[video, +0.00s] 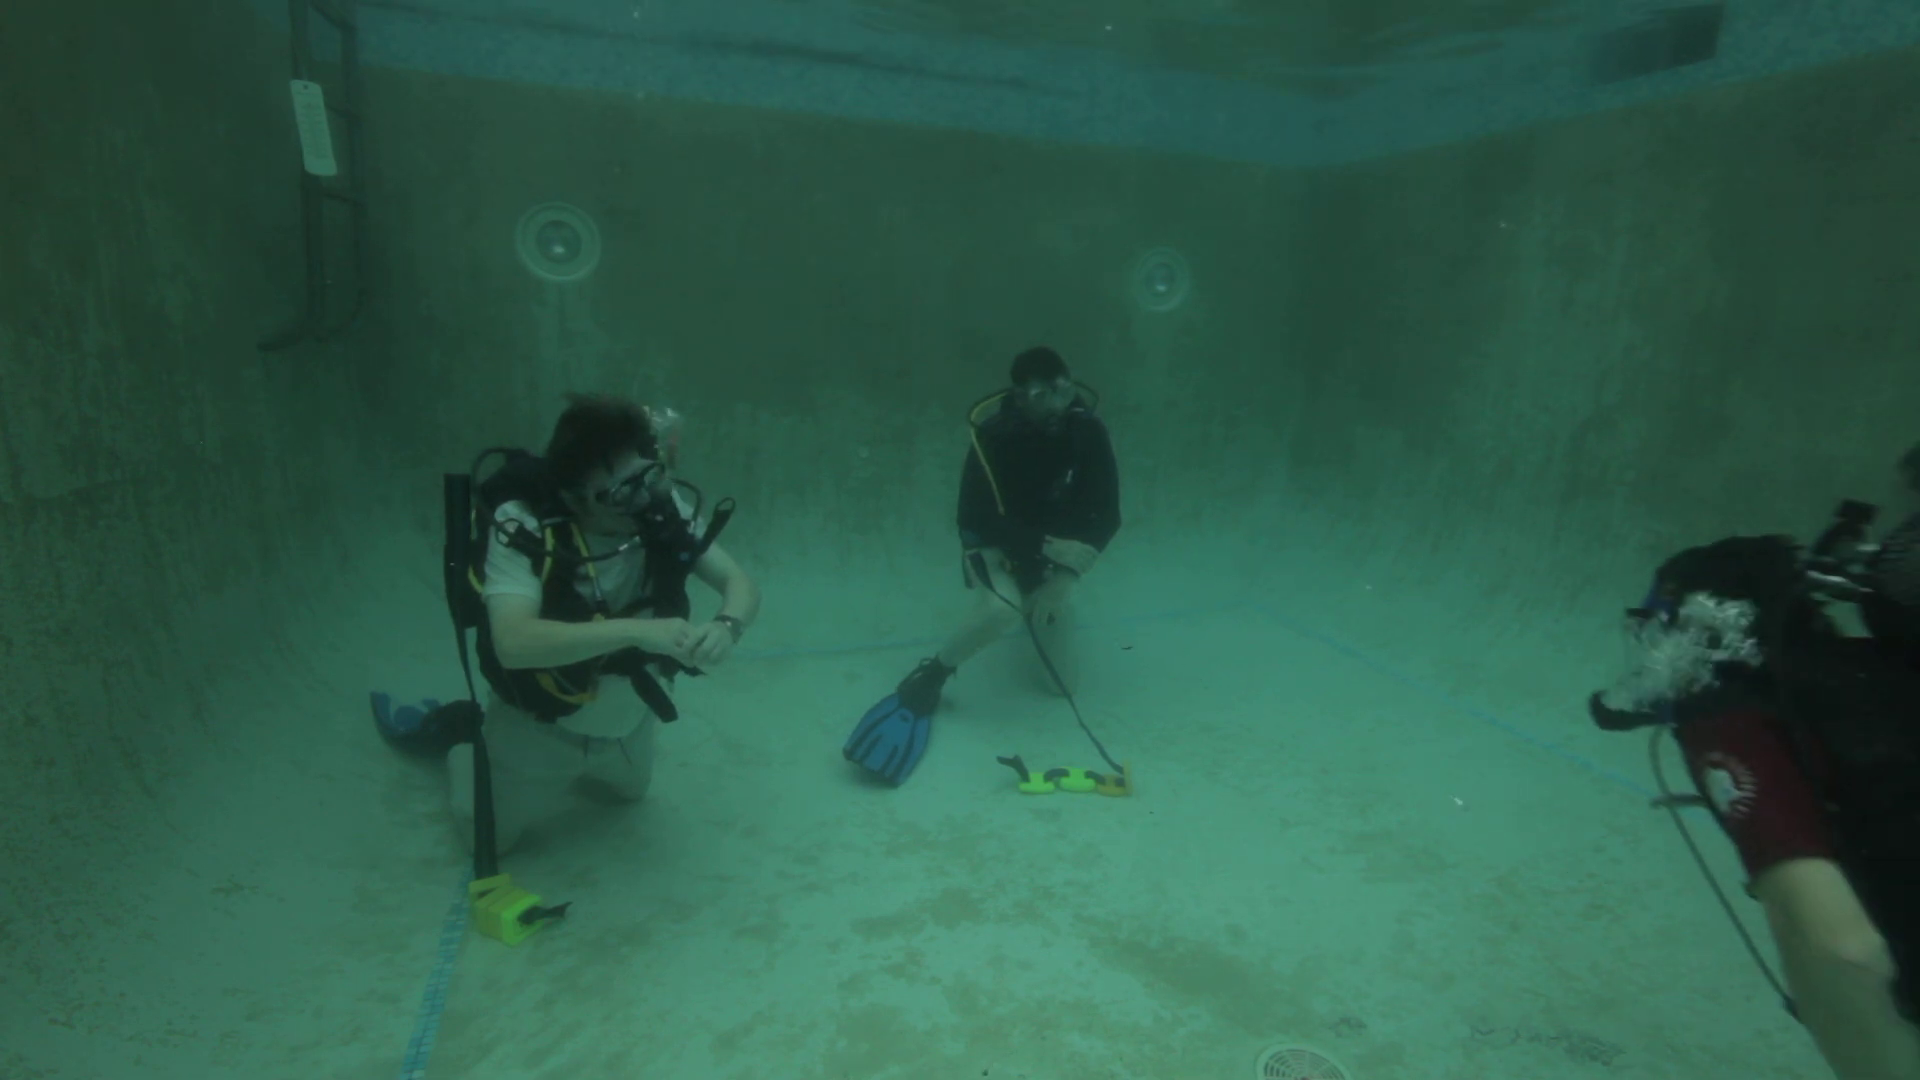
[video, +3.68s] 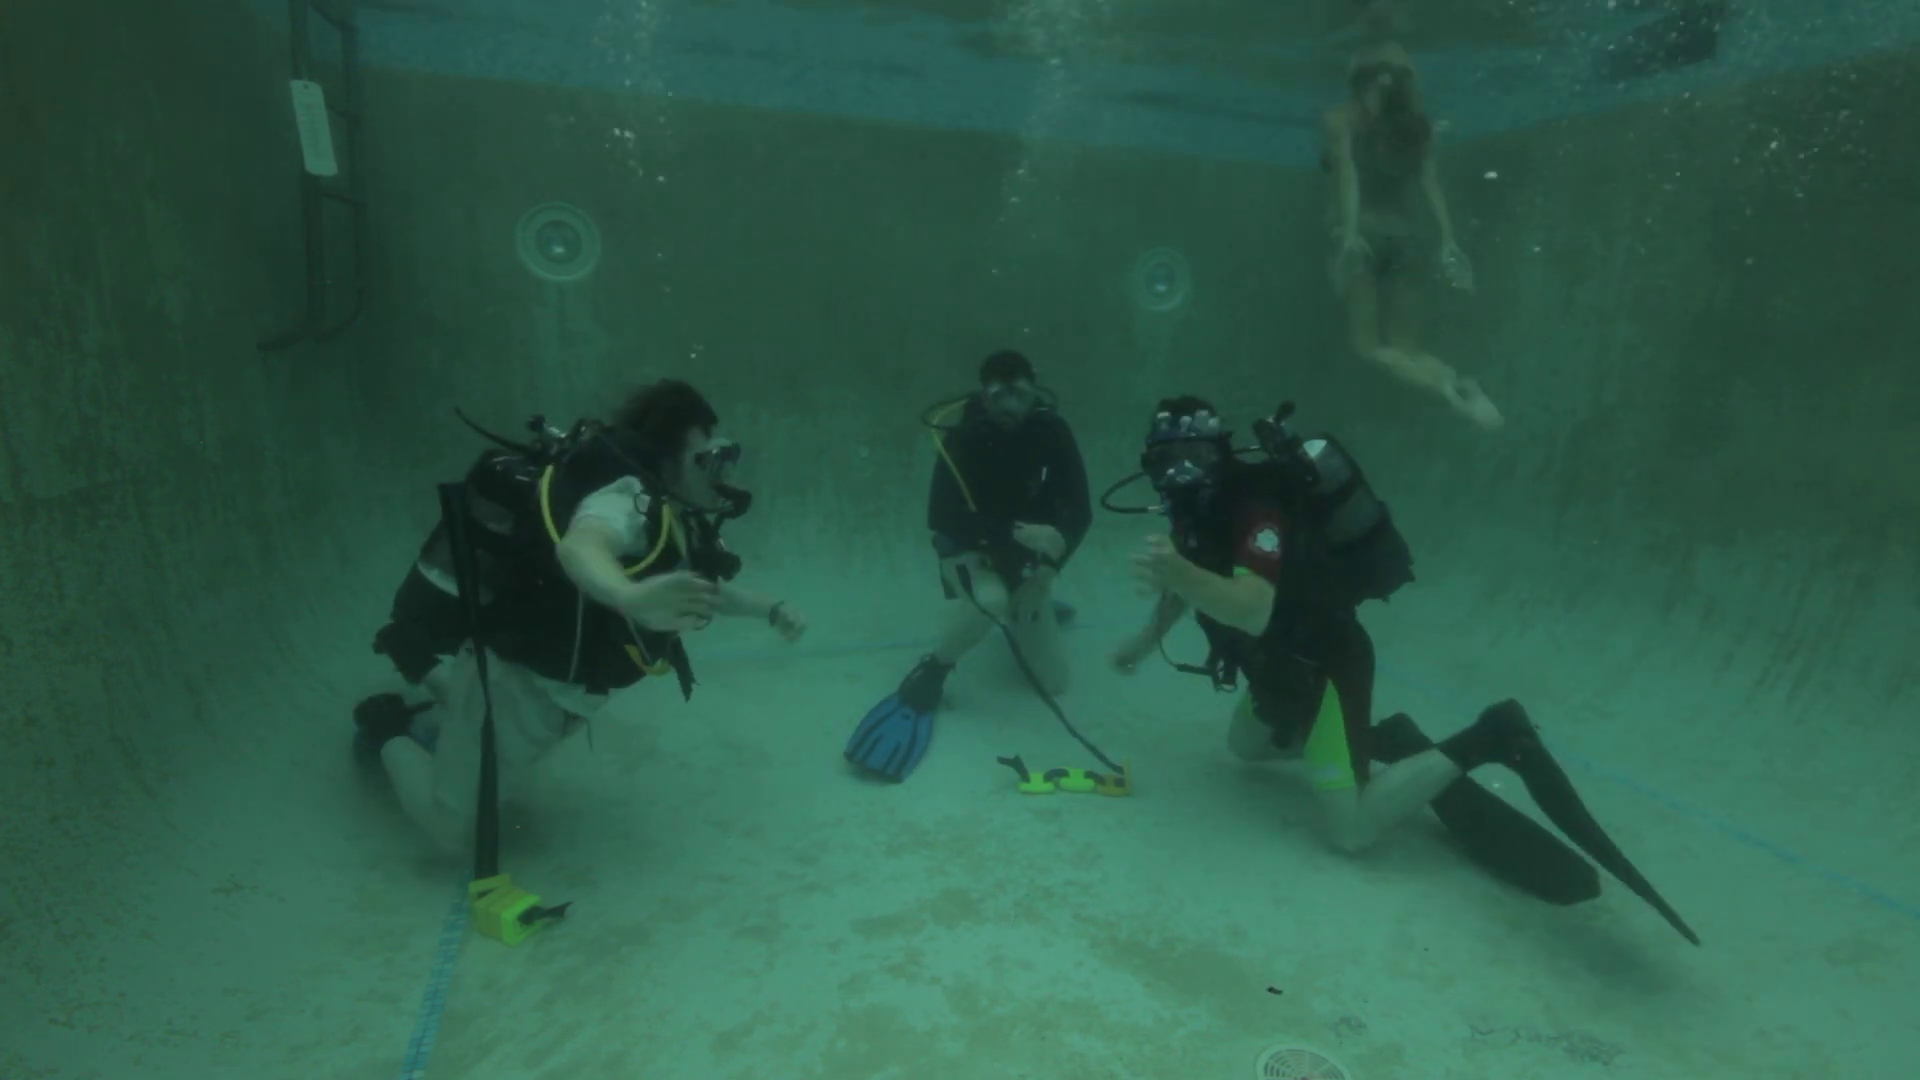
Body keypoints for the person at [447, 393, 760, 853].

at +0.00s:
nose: (647, 499)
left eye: (650, 478)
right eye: (625, 490)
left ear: (659, 466)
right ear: (576, 498)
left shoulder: (660, 511)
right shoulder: (521, 526)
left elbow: (741, 585)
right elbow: (513, 643)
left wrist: (727, 625)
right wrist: (639, 631)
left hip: (627, 715)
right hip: (538, 724)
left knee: (629, 787)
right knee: (491, 836)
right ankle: (463, 730)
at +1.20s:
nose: (635, 492)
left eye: (636, 472)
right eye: (614, 481)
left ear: (643, 462)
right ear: (562, 489)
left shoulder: (646, 512)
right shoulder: (506, 529)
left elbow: (719, 586)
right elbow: (552, 620)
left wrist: (727, 636)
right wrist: (660, 556)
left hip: (625, 711)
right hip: (538, 722)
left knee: (627, 786)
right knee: (503, 832)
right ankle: (461, 731)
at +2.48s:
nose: (675, 475)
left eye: (673, 461)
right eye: (662, 464)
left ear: (623, 470)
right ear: (616, 471)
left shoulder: (638, 510)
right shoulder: (533, 515)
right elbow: (608, 578)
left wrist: (716, 593)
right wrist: (734, 584)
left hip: (606, 701)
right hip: (520, 722)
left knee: (632, 762)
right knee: (495, 833)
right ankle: (455, 725)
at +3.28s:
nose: (706, 473)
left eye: (704, 459)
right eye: (695, 462)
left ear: (657, 467)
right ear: (651, 466)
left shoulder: (656, 520)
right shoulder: (590, 511)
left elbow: (679, 599)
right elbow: (685, 567)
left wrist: (749, 629)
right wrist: (798, 568)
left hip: (572, 695)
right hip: (505, 697)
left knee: (549, 753)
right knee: (469, 827)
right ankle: (417, 732)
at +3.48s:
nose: (711, 476)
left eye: (711, 462)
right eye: (700, 464)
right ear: (655, 463)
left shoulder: (664, 508)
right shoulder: (601, 499)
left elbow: (672, 597)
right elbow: (647, 556)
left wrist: (740, 624)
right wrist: (778, 580)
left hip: (573, 692)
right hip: (506, 689)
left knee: (528, 756)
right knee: (456, 829)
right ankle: (408, 736)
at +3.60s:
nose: (719, 475)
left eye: (719, 460)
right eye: (706, 463)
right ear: (661, 462)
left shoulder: (679, 515)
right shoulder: (617, 494)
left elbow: (695, 593)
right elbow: (604, 548)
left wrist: (756, 617)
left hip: (568, 689)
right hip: (505, 681)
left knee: (502, 758)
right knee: (451, 826)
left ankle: (427, 715)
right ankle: (396, 735)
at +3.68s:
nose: (721, 471)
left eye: (722, 456)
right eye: (707, 458)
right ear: (666, 460)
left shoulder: (681, 517)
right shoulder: (624, 500)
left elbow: (693, 589)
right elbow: (580, 549)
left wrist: (763, 609)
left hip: (572, 687)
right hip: (513, 678)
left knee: (502, 764)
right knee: (454, 826)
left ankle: (423, 716)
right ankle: (386, 738)